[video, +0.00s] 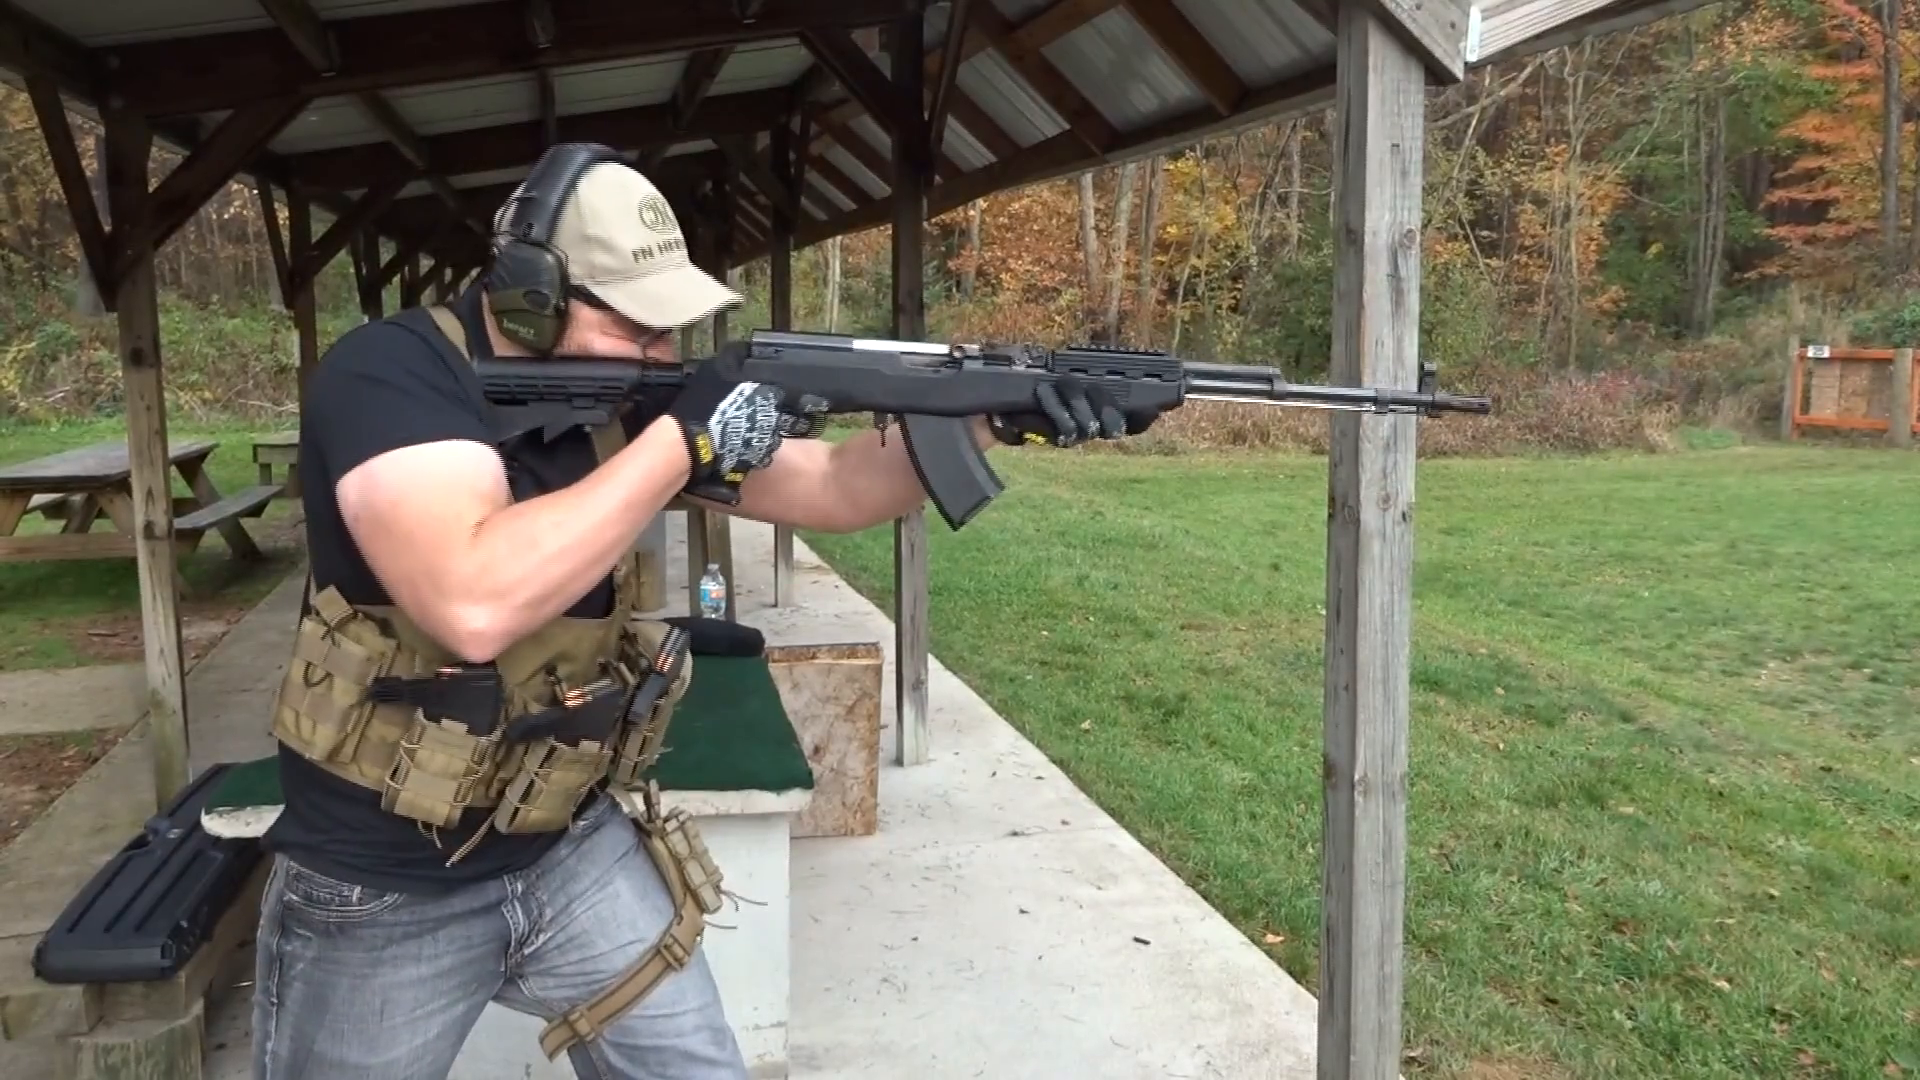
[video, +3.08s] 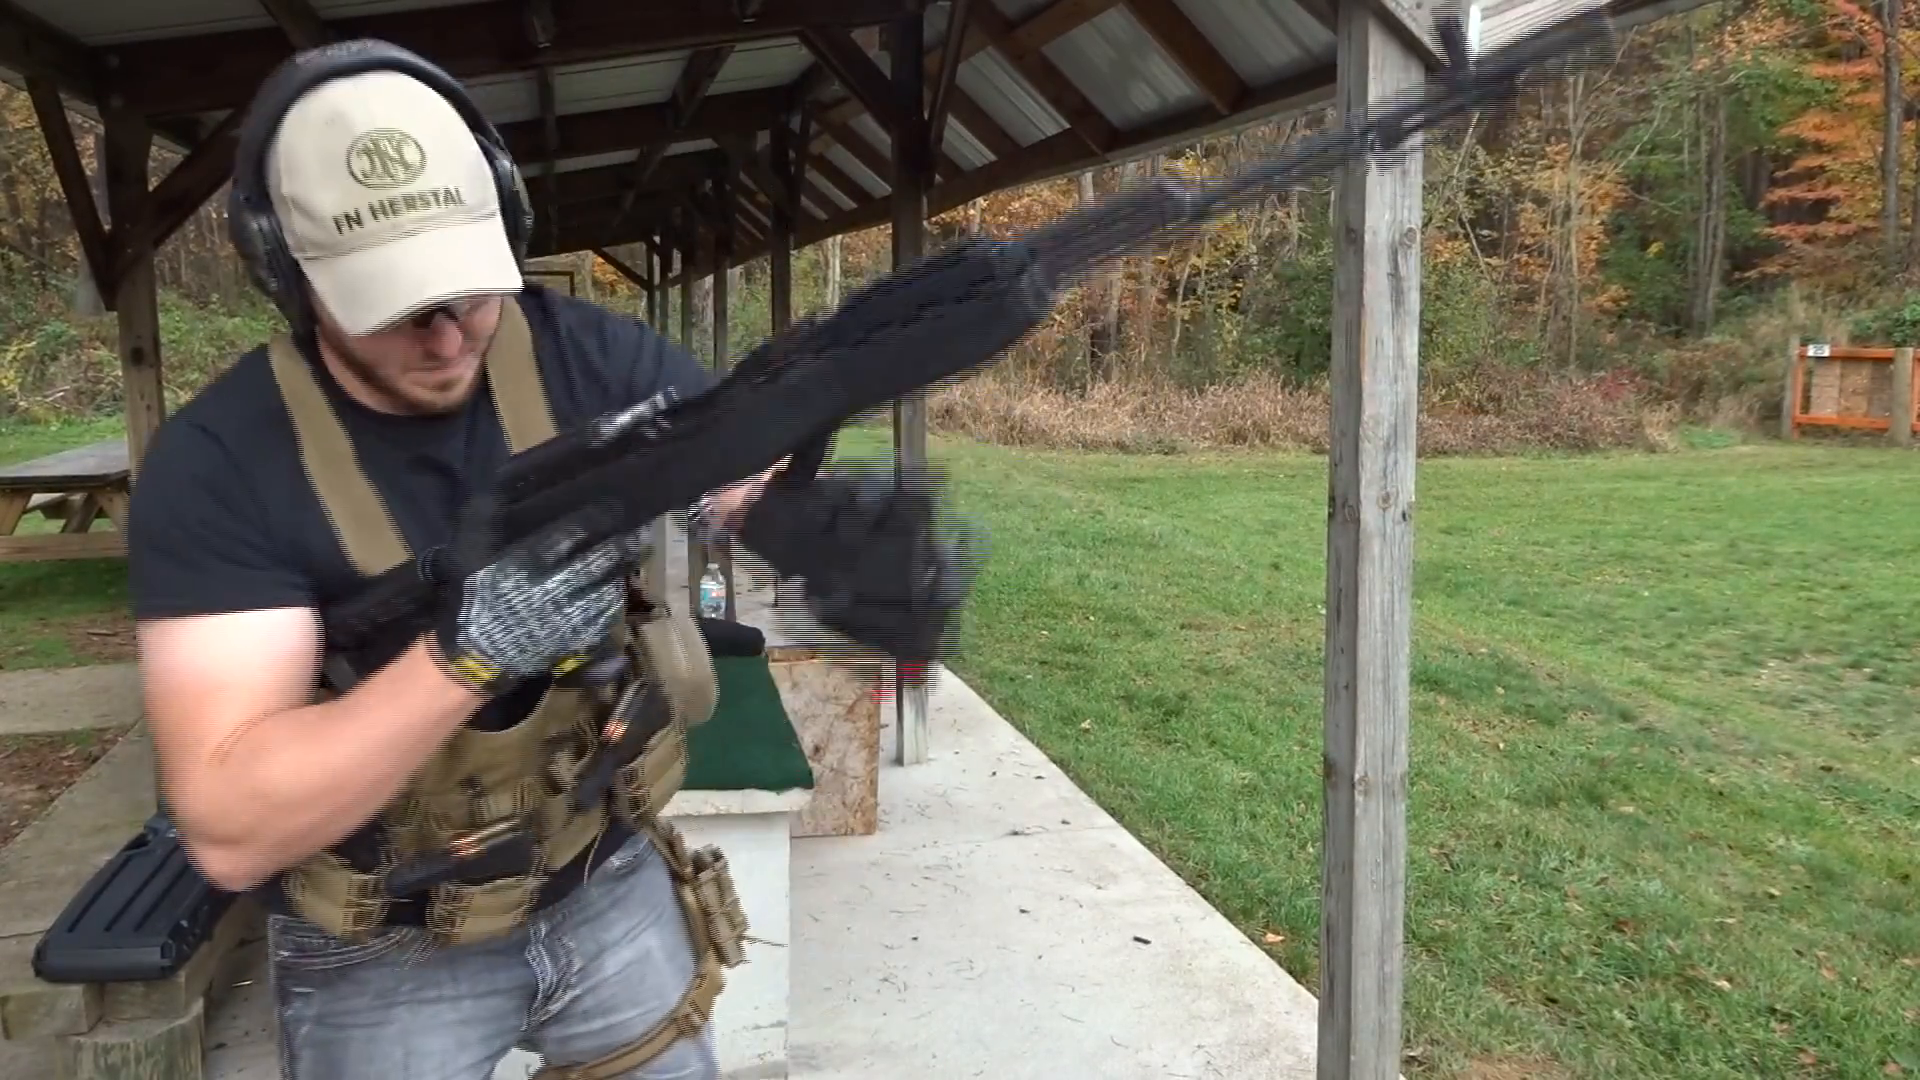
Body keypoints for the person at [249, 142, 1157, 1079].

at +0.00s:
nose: (655, 354)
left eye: (662, 328)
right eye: (628, 327)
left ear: (661, 302)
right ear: (529, 301)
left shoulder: (626, 405)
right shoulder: (381, 378)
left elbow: (832, 481)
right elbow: (473, 602)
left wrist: (1005, 406)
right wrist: (682, 437)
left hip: (579, 849)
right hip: (383, 892)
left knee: (700, 1063)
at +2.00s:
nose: (690, 328)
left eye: (691, 303)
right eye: (664, 301)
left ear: (588, 297)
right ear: (556, 288)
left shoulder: (648, 410)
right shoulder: (413, 358)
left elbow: (826, 547)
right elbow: (476, 458)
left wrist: (978, 451)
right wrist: (762, 447)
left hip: (594, 850)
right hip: (399, 892)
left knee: (726, 1067)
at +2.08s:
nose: (711, 315)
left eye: (716, 290)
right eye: (685, 289)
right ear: (582, 275)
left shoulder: (688, 404)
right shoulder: (449, 362)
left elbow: (855, 549)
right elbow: (483, 545)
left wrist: (987, 433)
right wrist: (754, 480)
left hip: (623, 843)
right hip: (420, 879)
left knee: (743, 1065)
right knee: (359, 1071)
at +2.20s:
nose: (752, 278)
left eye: (756, 249)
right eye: (723, 250)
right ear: (623, 240)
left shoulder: (741, 385)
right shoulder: (497, 375)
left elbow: (897, 525)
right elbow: (528, 622)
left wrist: (985, 458)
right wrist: (769, 500)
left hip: (693, 827)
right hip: (493, 860)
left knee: (787, 1066)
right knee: (428, 1066)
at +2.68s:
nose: (622, 283)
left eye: (639, 243)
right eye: (579, 255)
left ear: (672, 236)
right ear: (503, 260)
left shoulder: (729, 357)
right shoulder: (430, 421)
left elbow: (915, 510)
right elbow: (450, 745)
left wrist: (969, 470)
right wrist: (699, 571)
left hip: (721, 847)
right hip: (514, 885)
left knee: (785, 1062)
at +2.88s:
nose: (502, 318)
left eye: (520, 271)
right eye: (457, 288)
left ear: (563, 247)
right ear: (377, 285)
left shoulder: (644, 361)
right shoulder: (311, 465)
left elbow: (842, 496)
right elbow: (356, 811)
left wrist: (911, 490)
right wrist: (610, 619)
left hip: (648, 874)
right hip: (431, 937)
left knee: (722, 1060)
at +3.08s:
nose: (446, 330)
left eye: (468, 282)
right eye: (395, 304)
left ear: (502, 230)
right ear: (297, 281)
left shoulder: (587, 356)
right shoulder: (219, 468)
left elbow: (775, 492)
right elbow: (230, 827)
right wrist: (464, 657)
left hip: (616, 893)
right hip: (384, 956)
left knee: (676, 1064)